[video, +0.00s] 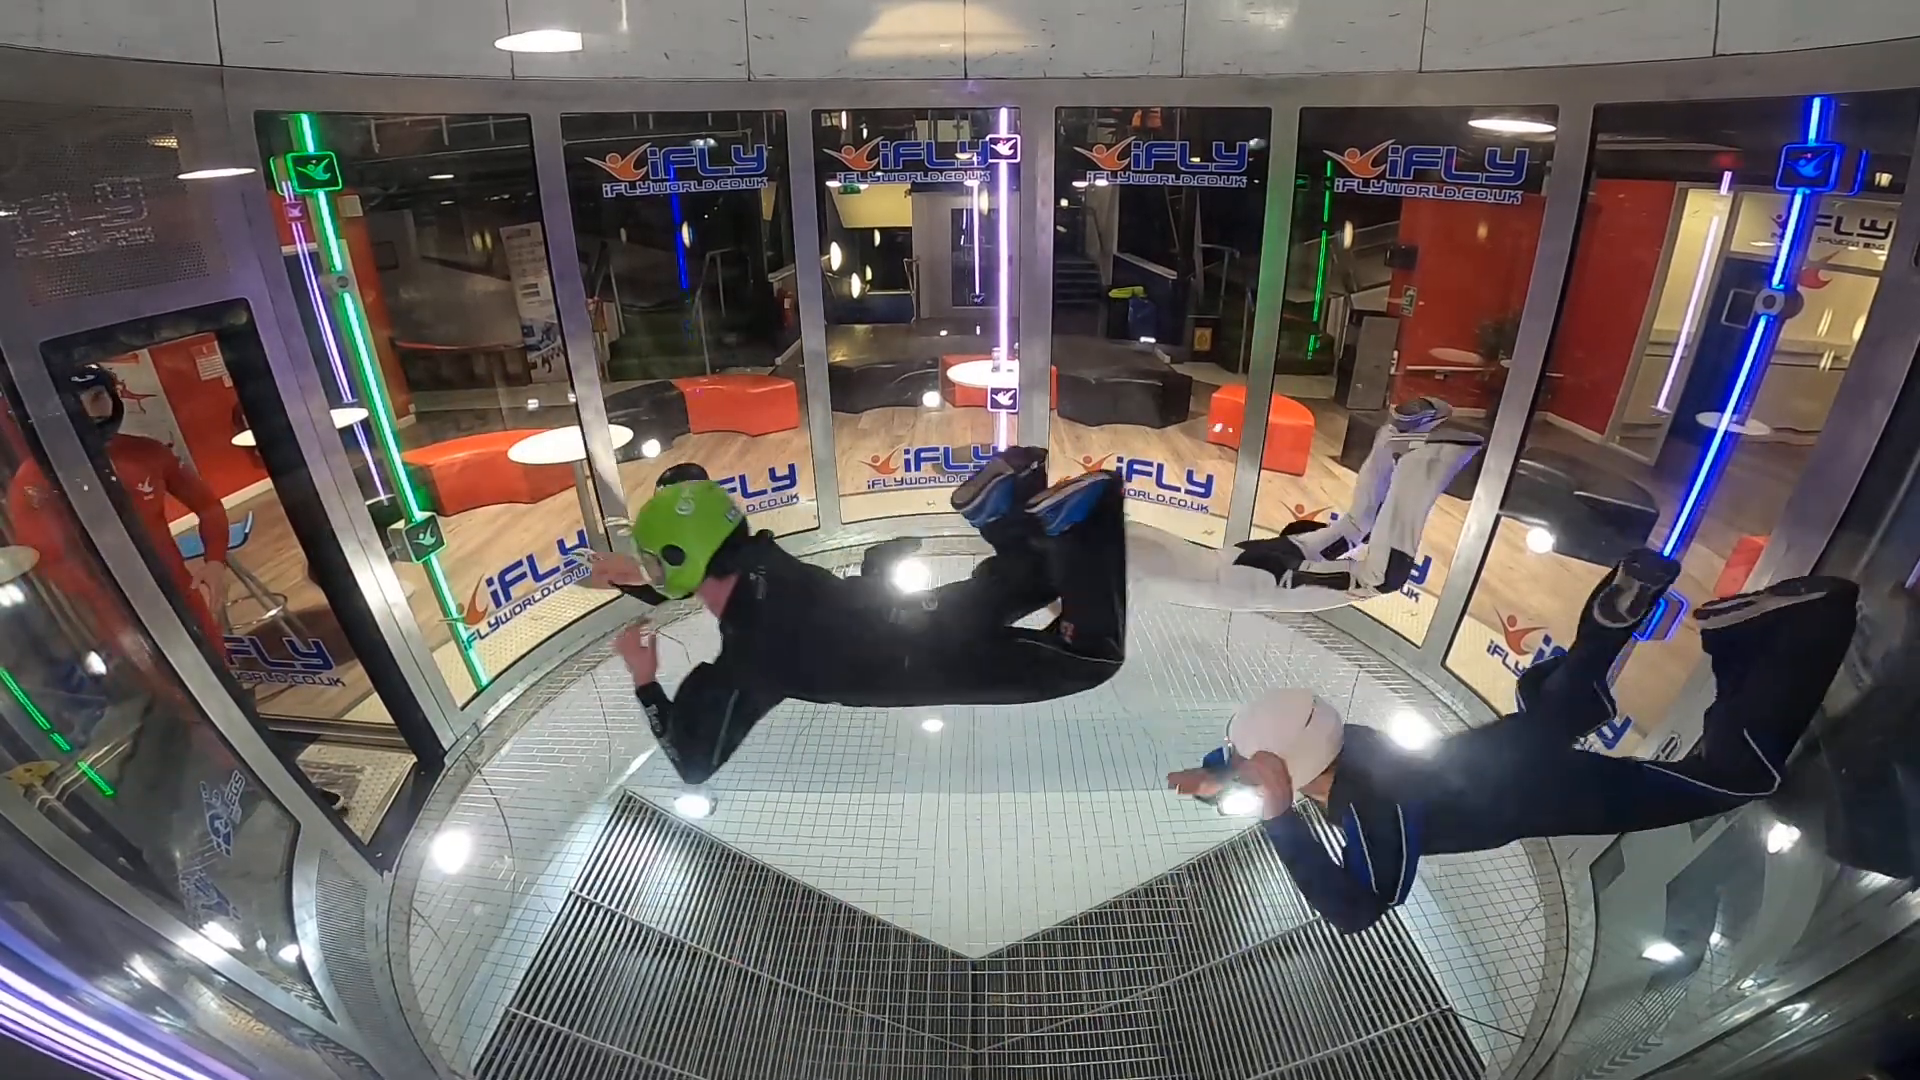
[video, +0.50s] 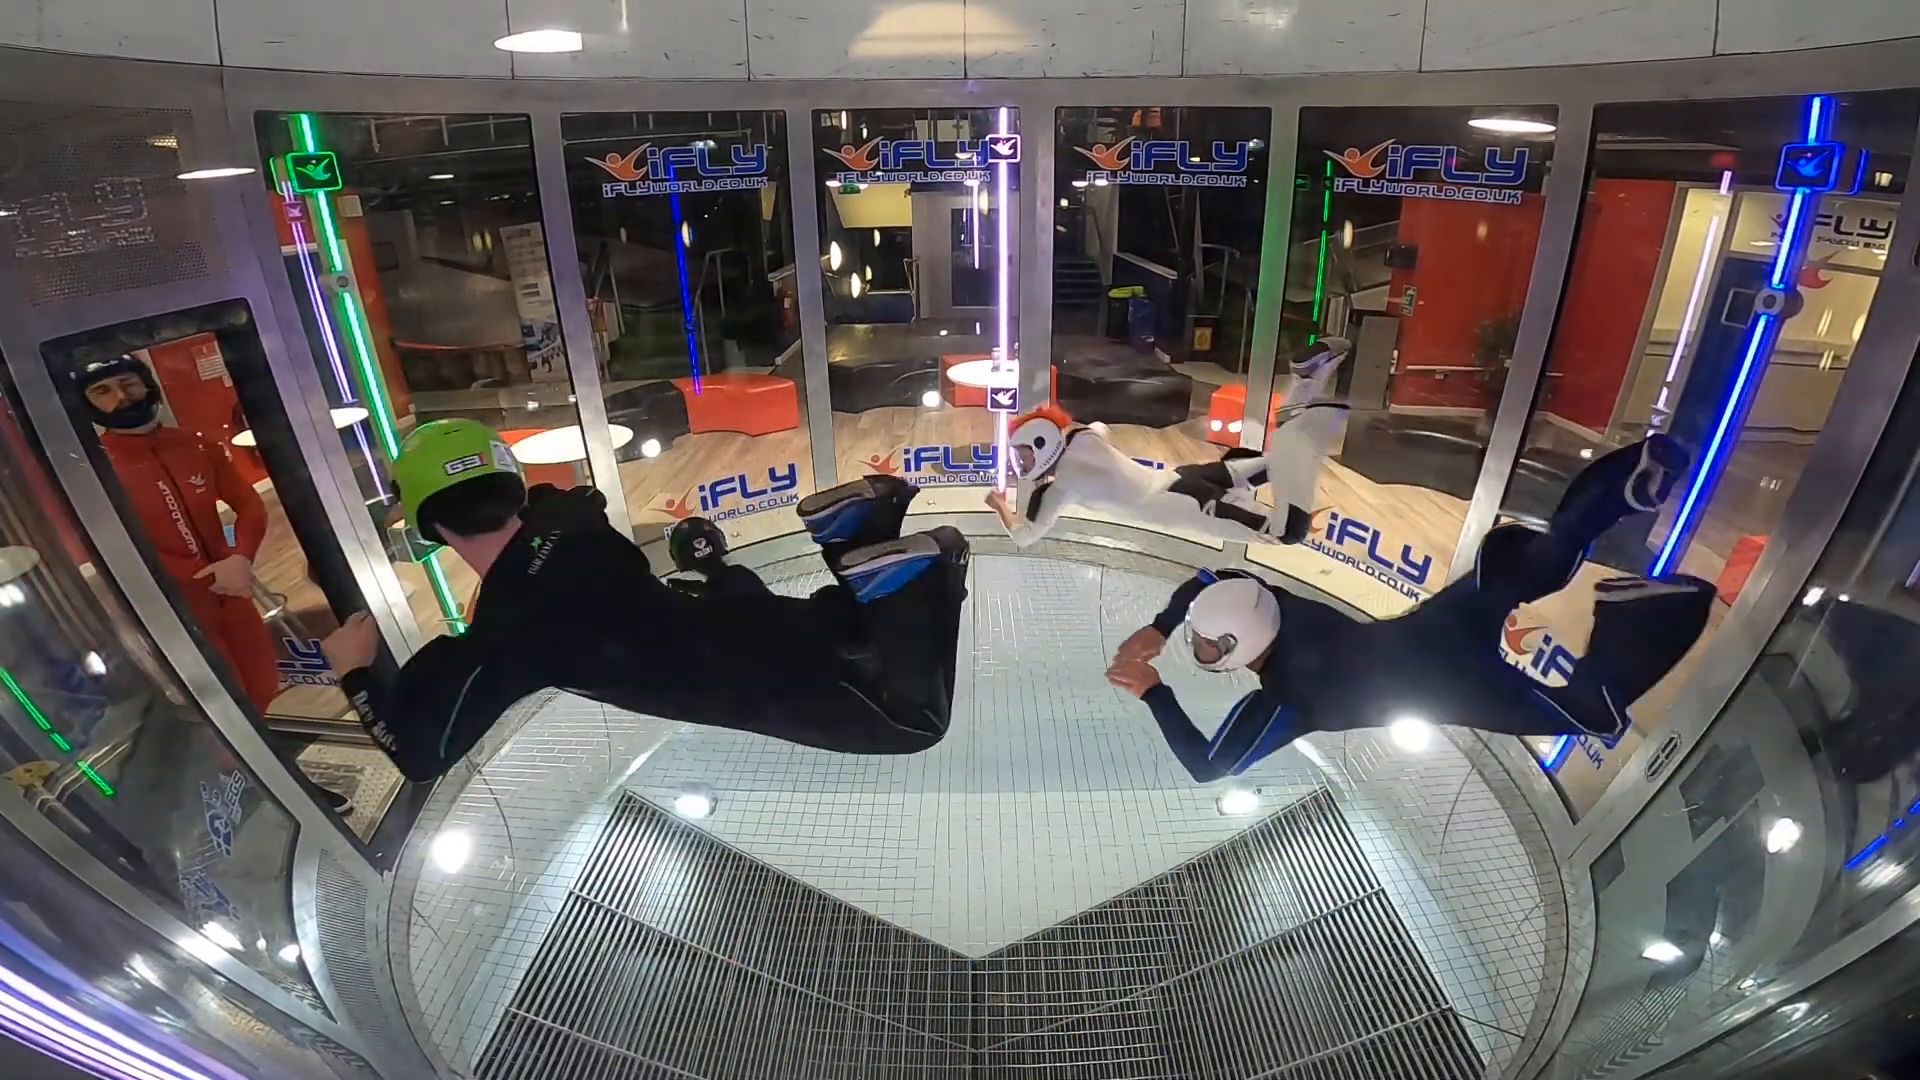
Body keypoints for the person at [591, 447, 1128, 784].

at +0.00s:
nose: (662, 575)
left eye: (660, 565)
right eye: (660, 563)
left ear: (683, 568)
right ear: (719, 524)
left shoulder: (757, 647)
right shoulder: (759, 553)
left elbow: (694, 756)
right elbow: (701, 570)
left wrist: (646, 682)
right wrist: (640, 576)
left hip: (949, 659)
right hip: (932, 605)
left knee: (1094, 651)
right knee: (1018, 582)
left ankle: (1083, 520)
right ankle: (1008, 517)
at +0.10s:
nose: (604, 569)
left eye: (604, 557)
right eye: (597, 557)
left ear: (636, 552)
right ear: (667, 515)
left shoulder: (694, 634)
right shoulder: (712, 536)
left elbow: (631, 750)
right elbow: (651, 573)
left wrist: (561, 683)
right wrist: (588, 554)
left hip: (894, 657)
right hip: (890, 601)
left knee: (1053, 657)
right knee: (979, 572)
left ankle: (1037, 522)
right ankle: (979, 500)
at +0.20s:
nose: (550, 546)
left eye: (548, 534)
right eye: (546, 533)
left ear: (574, 535)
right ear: (621, 499)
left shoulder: (642, 623)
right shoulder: (673, 522)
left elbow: (573, 746)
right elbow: (677, 498)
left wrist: (510, 675)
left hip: (853, 652)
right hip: (840, 596)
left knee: (1009, 665)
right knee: (941, 572)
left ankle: (1047, 519)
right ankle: (937, 491)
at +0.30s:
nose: (501, 534)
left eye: (497, 519)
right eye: (496, 518)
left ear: (516, 520)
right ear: (577, 476)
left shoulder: (594, 611)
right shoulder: (638, 518)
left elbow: (518, 736)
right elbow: (687, 524)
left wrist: (479, 645)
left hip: (827, 655)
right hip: (820, 599)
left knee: (974, 677)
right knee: (920, 586)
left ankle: (996, 534)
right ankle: (908, 507)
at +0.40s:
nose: (466, 536)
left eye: (458, 519)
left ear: (474, 519)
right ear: (546, 474)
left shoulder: (558, 601)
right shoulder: (601, 523)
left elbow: (468, 728)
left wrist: (432, 642)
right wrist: (489, 635)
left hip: (811, 662)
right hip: (809, 608)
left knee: (942, 688)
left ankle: (989, 540)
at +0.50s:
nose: (431, 551)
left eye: (429, 535)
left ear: (443, 535)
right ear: (513, 483)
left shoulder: (517, 617)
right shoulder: (572, 522)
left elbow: (423, 746)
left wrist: (364, 669)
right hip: (750, 616)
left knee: (911, 720)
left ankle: (929, 574)